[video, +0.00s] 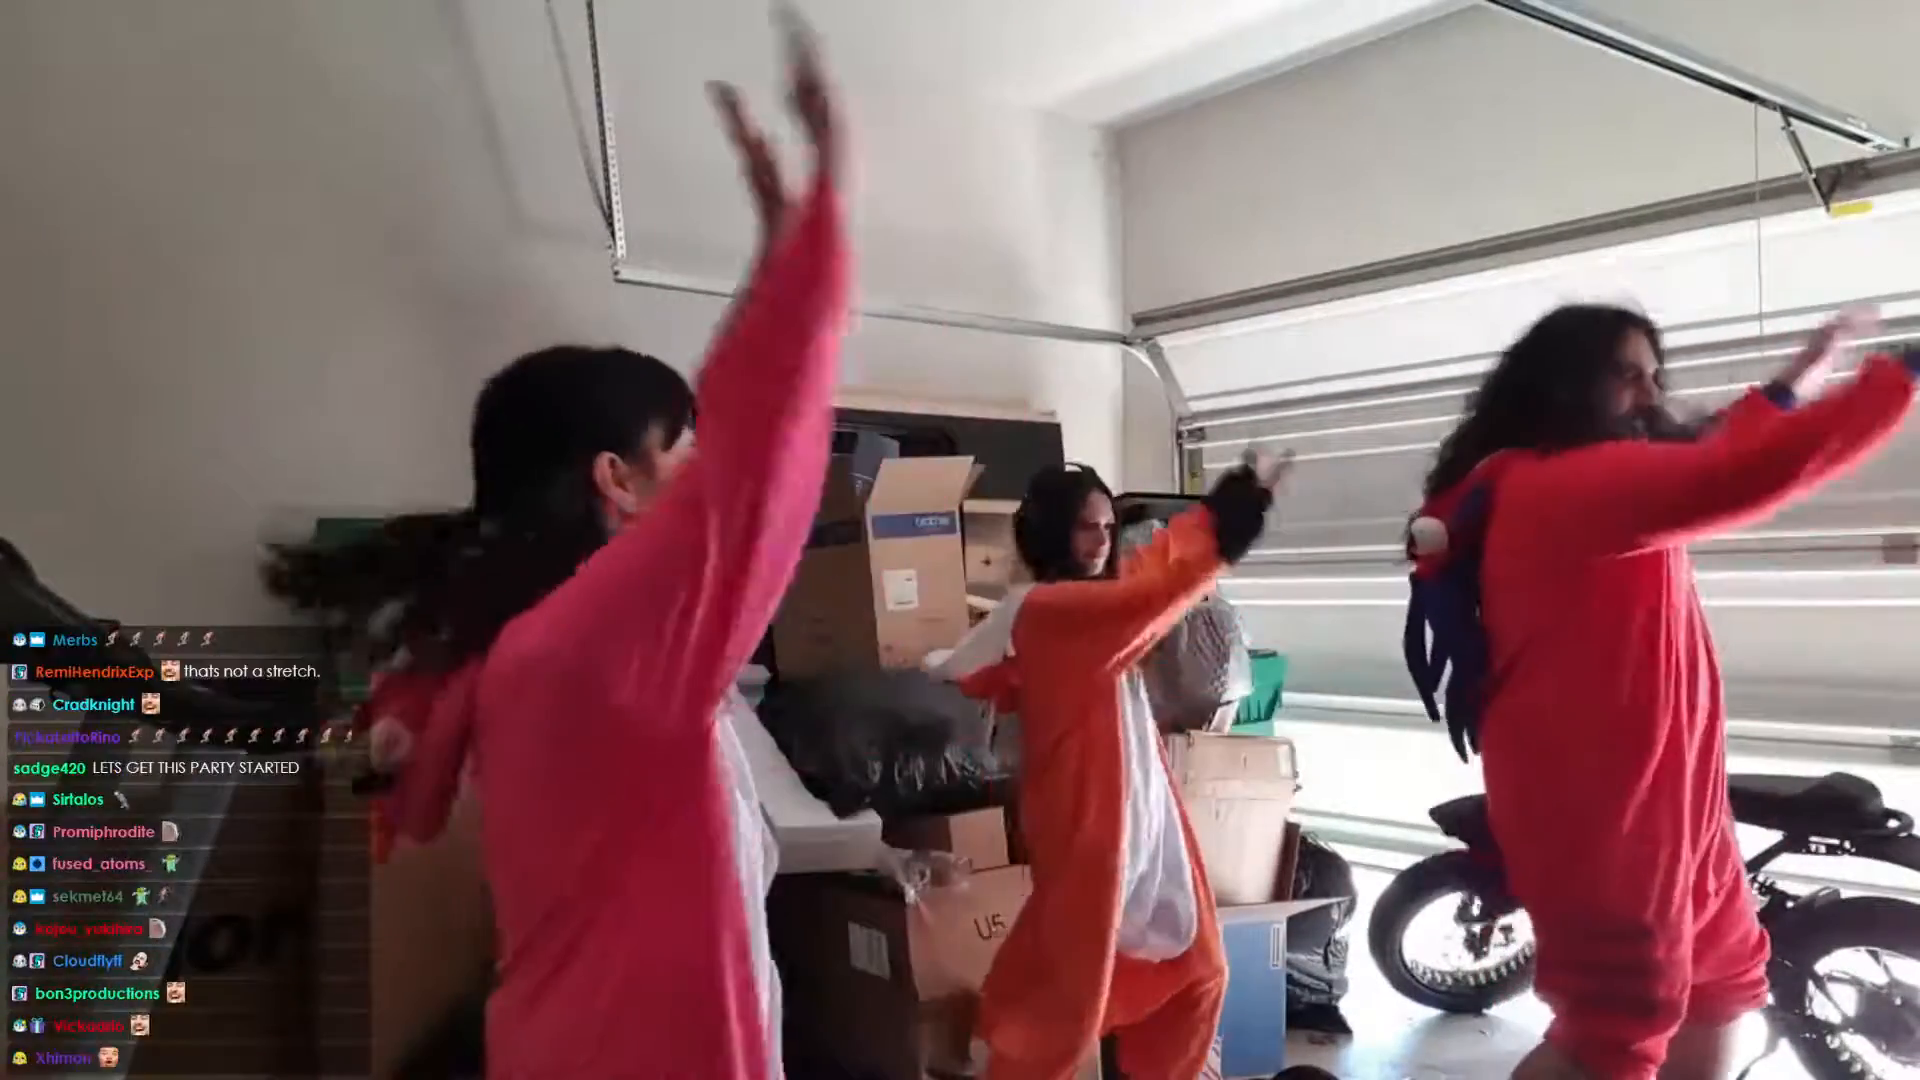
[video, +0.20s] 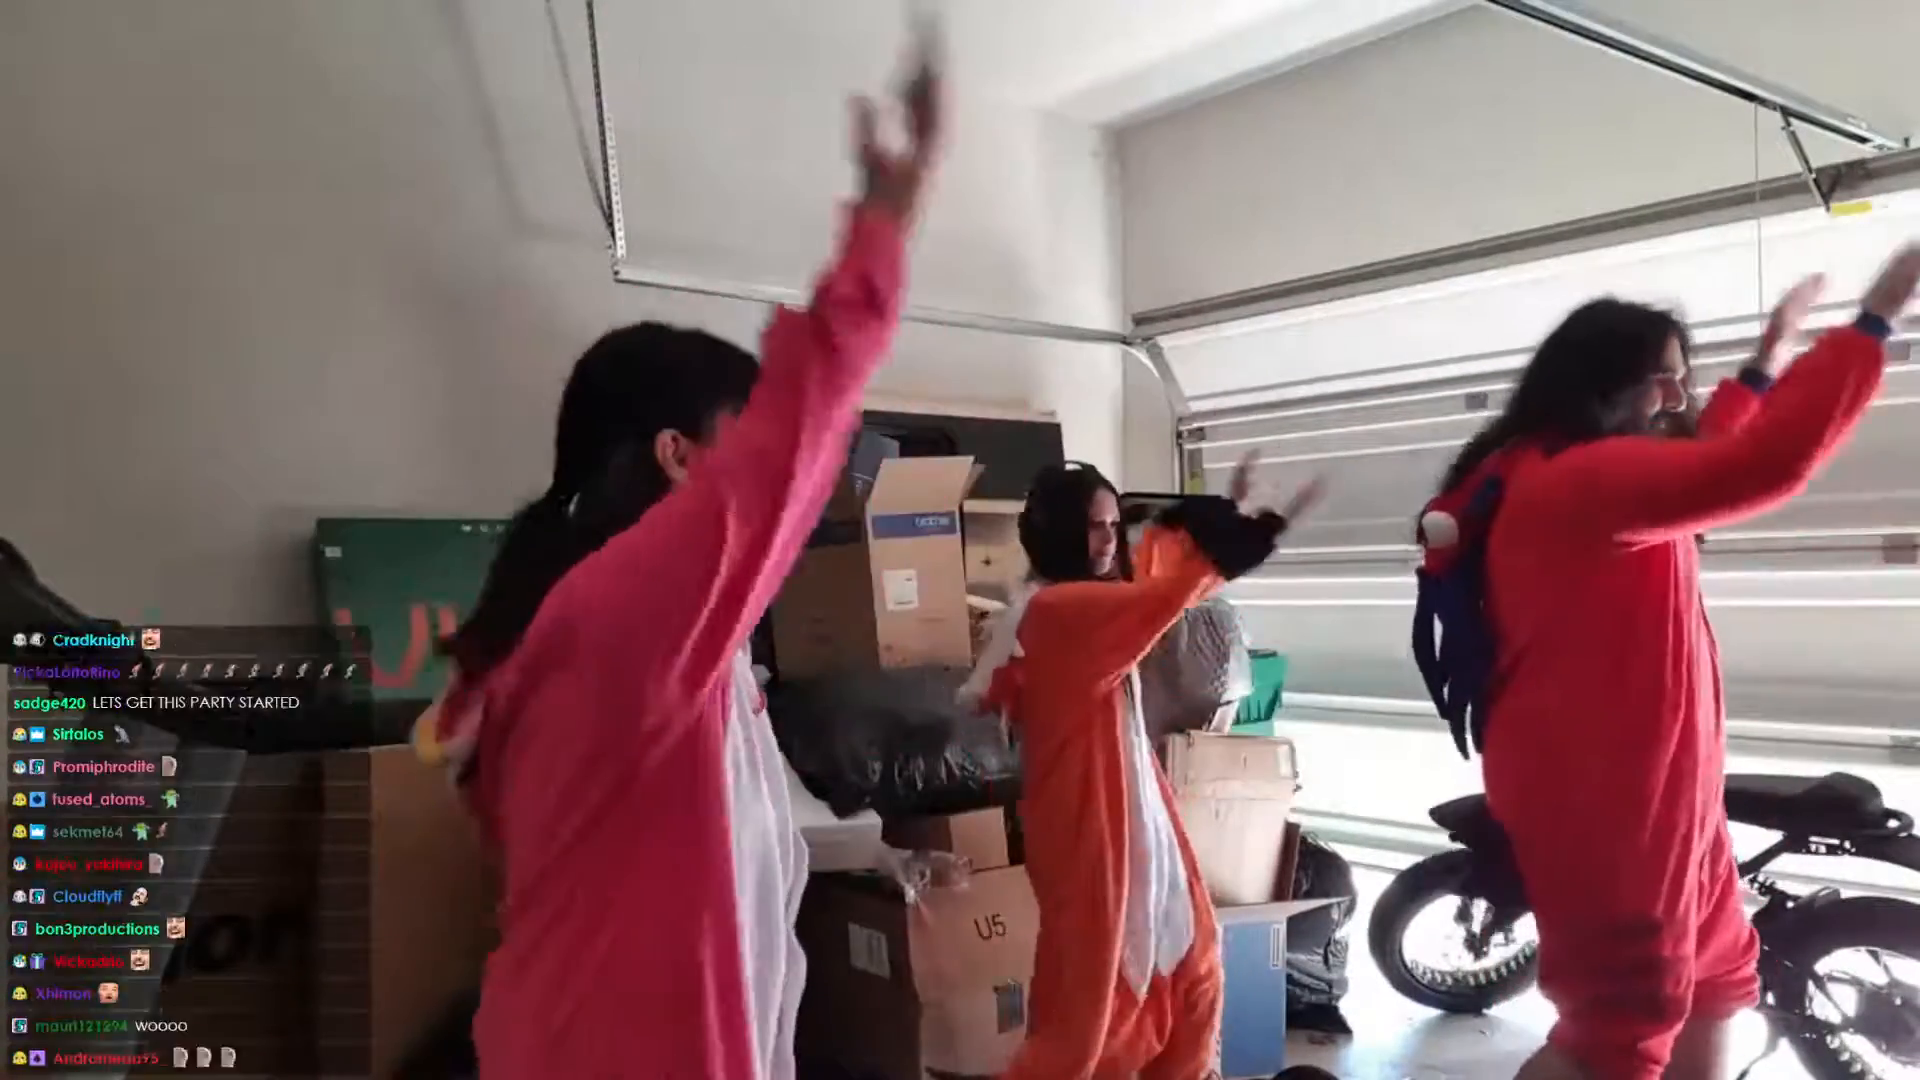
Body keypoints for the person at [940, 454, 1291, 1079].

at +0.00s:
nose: (1105, 539)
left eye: (1109, 525)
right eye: (1090, 526)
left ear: (1111, 529)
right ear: (1053, 532)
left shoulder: (1086, 605)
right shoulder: (1043, 609)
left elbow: (1159, 571)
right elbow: (1155, 591)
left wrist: (1237, 498)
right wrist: (1241, 503)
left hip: (1143, 805)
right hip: (1084, 813)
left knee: (1197, 971)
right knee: (1067, 981)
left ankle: (1158, 1071)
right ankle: (1019, 1064)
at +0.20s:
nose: (1110, 540)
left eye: (1114, 526)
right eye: (1096, 527)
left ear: (1117, 527)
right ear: (1057, 532)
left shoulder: (1096, 598)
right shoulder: (1052, 608)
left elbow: (1161, 552)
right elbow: (1159, 596)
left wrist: (1228, 507)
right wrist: (1265, 528)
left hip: (1138, 798)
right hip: (1083, 814)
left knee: (1193, 964)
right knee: (1094, 972)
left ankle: (1185, 1071)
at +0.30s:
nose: (1120, 518)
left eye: (1123, 507)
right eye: (1109, 505)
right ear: (1073, 509)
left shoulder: (1064, 586)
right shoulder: (1063, 586)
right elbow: (1157, 624)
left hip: (1099, 789)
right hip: (1054, 794)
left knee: (1158, 923)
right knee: (1054, 941)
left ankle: (1162, 1063)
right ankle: (1020, 1063)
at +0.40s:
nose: (1141, 536)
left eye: (1145, 521)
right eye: (1128, 520)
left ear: (1146, 524)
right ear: (1088, 523)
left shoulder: (1082, 596)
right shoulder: (1075, 600)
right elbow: (1139, 685)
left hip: (1074, 819)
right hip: (1021, 822)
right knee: (1019, 995)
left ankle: (1142, 1065)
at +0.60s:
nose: (1157, 552)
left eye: (1155, 537)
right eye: (1149, 537)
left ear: (1080, 539)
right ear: (1119, 545)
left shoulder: (1050, 607)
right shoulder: (1089, 623)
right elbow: (1104, 746)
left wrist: (1135, 841)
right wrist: (1137, 856)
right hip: (1031, 831)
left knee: (1141, 970)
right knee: (1038, 988)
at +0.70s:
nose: (1137, 522)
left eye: (1135, 506)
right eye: (1127, 507)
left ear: (1060, 513)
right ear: (1092, 513)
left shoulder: (1053, 585)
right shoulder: (1075, 594)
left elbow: (1145, 692)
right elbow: (1154, 676)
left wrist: (1234, 743)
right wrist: (1245, 740)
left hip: (1073, 819)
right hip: (1049, 822)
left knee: (1142, 963)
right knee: (1039, 984)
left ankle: (1130, 1075)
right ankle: (1016, 1071)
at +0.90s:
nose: (1123, 539)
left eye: (1123, 526)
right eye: (1116, 528)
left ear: (1038, 539)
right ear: (1096, 537)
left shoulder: (1068, 617)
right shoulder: (1071, 616)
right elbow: (1150, 546)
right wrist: (1193, 449)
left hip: (1138, 813)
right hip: (1095, 821)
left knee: (1193, 971)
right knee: (1080, 976)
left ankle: (1163, 1065)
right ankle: (1036, 1059)